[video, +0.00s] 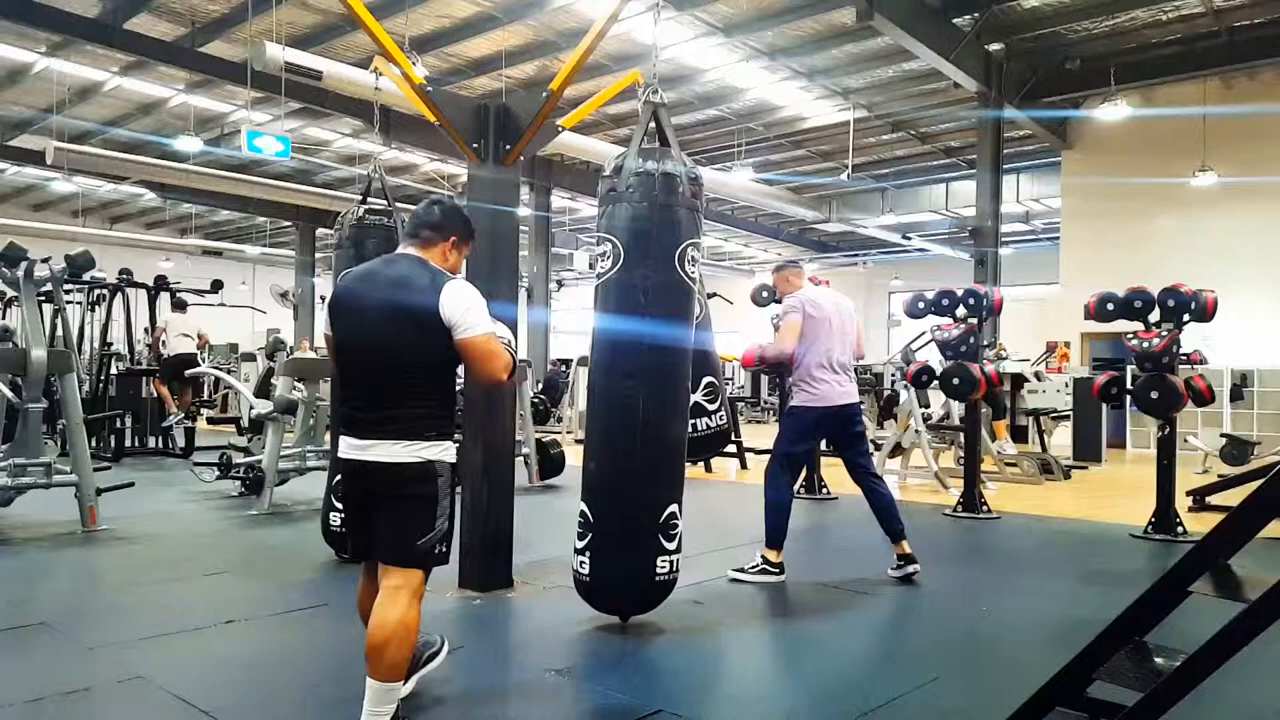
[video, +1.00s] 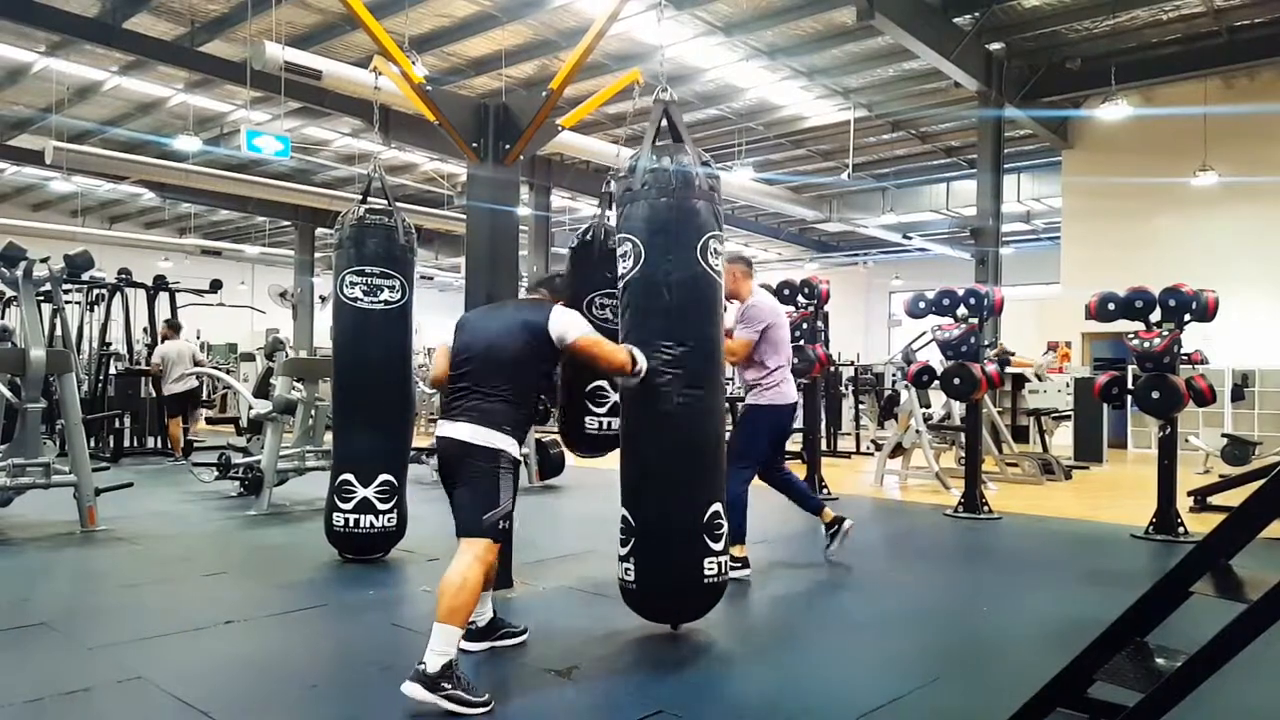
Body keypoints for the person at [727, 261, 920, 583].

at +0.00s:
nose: (779, 295)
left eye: (778, 289)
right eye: (777, 291)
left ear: (789, 278)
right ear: (802, 277)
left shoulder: (795, 301)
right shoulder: (844, 302)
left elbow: (784, 349)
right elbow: (858, 351)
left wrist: (757, 353)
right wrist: (818, 347)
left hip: (808, 404)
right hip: (847, 403)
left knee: (778, 475)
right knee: (867, 475)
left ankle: (772, 559)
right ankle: (904, 552)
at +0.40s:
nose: (793, 283)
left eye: (795, 277)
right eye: (793, 277)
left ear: (809, 275)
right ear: (824, 277)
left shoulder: (800, 303)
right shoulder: (848, 307)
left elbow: (766, 342)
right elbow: (855, 353)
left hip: (804, 409)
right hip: (845, 408)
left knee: (769, 474)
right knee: (869, 476)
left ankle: (747, 555)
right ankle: (906, 556)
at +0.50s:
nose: (775, 284)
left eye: (777, 278)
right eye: (776, 279)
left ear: (788, 276)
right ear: (804, 276)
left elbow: (727, 315)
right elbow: (847, 360)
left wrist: (735, 302)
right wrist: (802, 355)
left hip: (791, 411)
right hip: (832, 411)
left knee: (753, 477)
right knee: (860, 479)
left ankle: (740, 558)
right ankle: (902, 552)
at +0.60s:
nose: (753, 285)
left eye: (753, 280)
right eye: (754, 280)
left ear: (761, 278)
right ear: (783, 277)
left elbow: (709, 308)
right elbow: (834, 354)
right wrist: (796, 358)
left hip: (777, 408)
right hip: (817, 406)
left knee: (737, 476)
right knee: (836, 475)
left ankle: (737, 557)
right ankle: (888, 543)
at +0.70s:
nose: (730, 285)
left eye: (731, 279)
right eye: (730, 279)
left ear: (741, 276)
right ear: (757, 276)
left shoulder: (740, 305)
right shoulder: (787, 304)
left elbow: (709, 346)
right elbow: (795, 349)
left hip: (765, 406)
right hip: (800, 401)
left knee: (731, 476)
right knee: (820, 470)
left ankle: (736, 556)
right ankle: (876, 536)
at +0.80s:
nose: (715, 284)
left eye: (717, 277)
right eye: (715, 278)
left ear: (731, 276)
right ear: (735, 276)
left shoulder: (755, 306)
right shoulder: (737, 308)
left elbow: (743, 358)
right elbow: (738, 352)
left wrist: (716, 347)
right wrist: (724, 347)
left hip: (765, 401)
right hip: (785, 399)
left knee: (737, 475)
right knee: (808, 468)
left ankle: (737, 556)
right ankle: (866, 525)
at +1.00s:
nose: (721, 284)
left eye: (723, 277)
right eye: (721, 277)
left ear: (737, 276)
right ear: (744, 275)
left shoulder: (755, 306)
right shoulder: (765, 303)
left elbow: (737, 353)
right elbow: (738, 345)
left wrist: (710, 337)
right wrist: (722, 335)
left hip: (764, 402)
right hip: (782, 401)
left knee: (735, 475)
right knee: (771, 469)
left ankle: (736, 553)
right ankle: (830, 520)